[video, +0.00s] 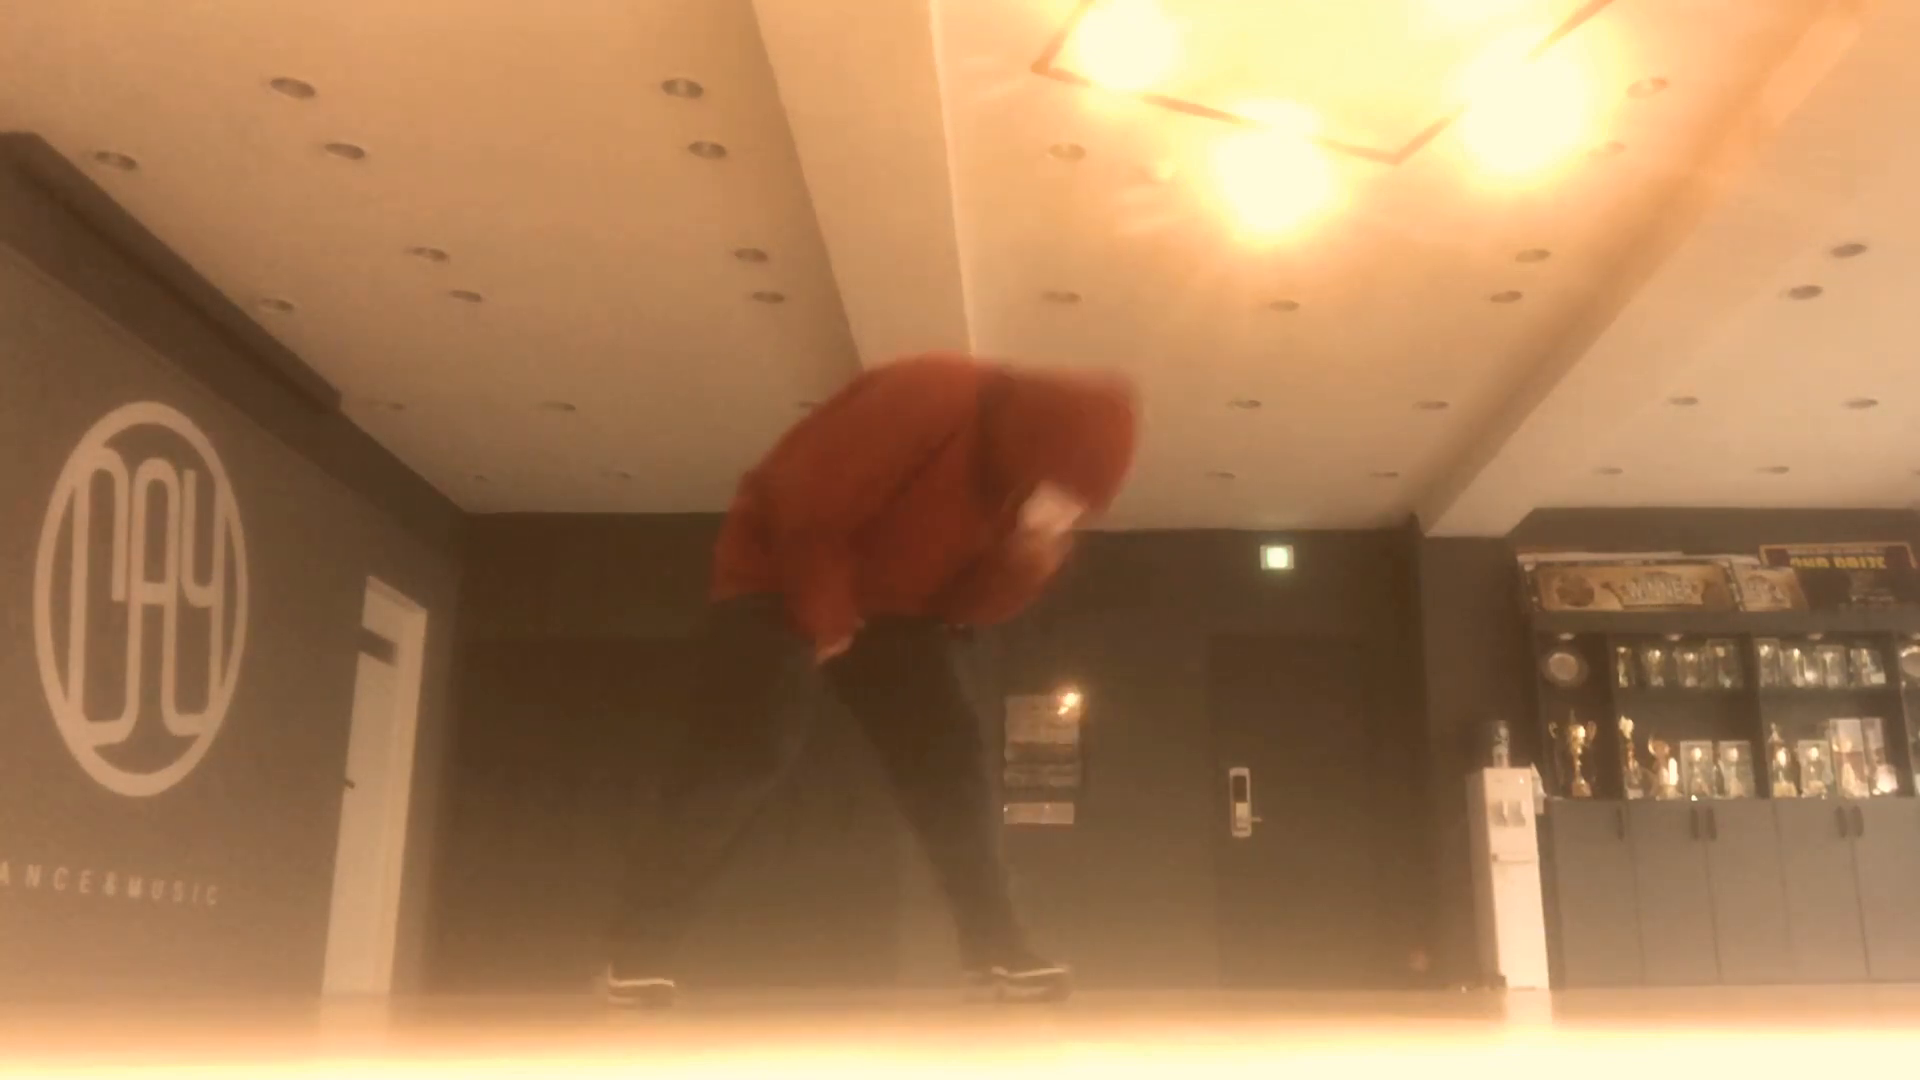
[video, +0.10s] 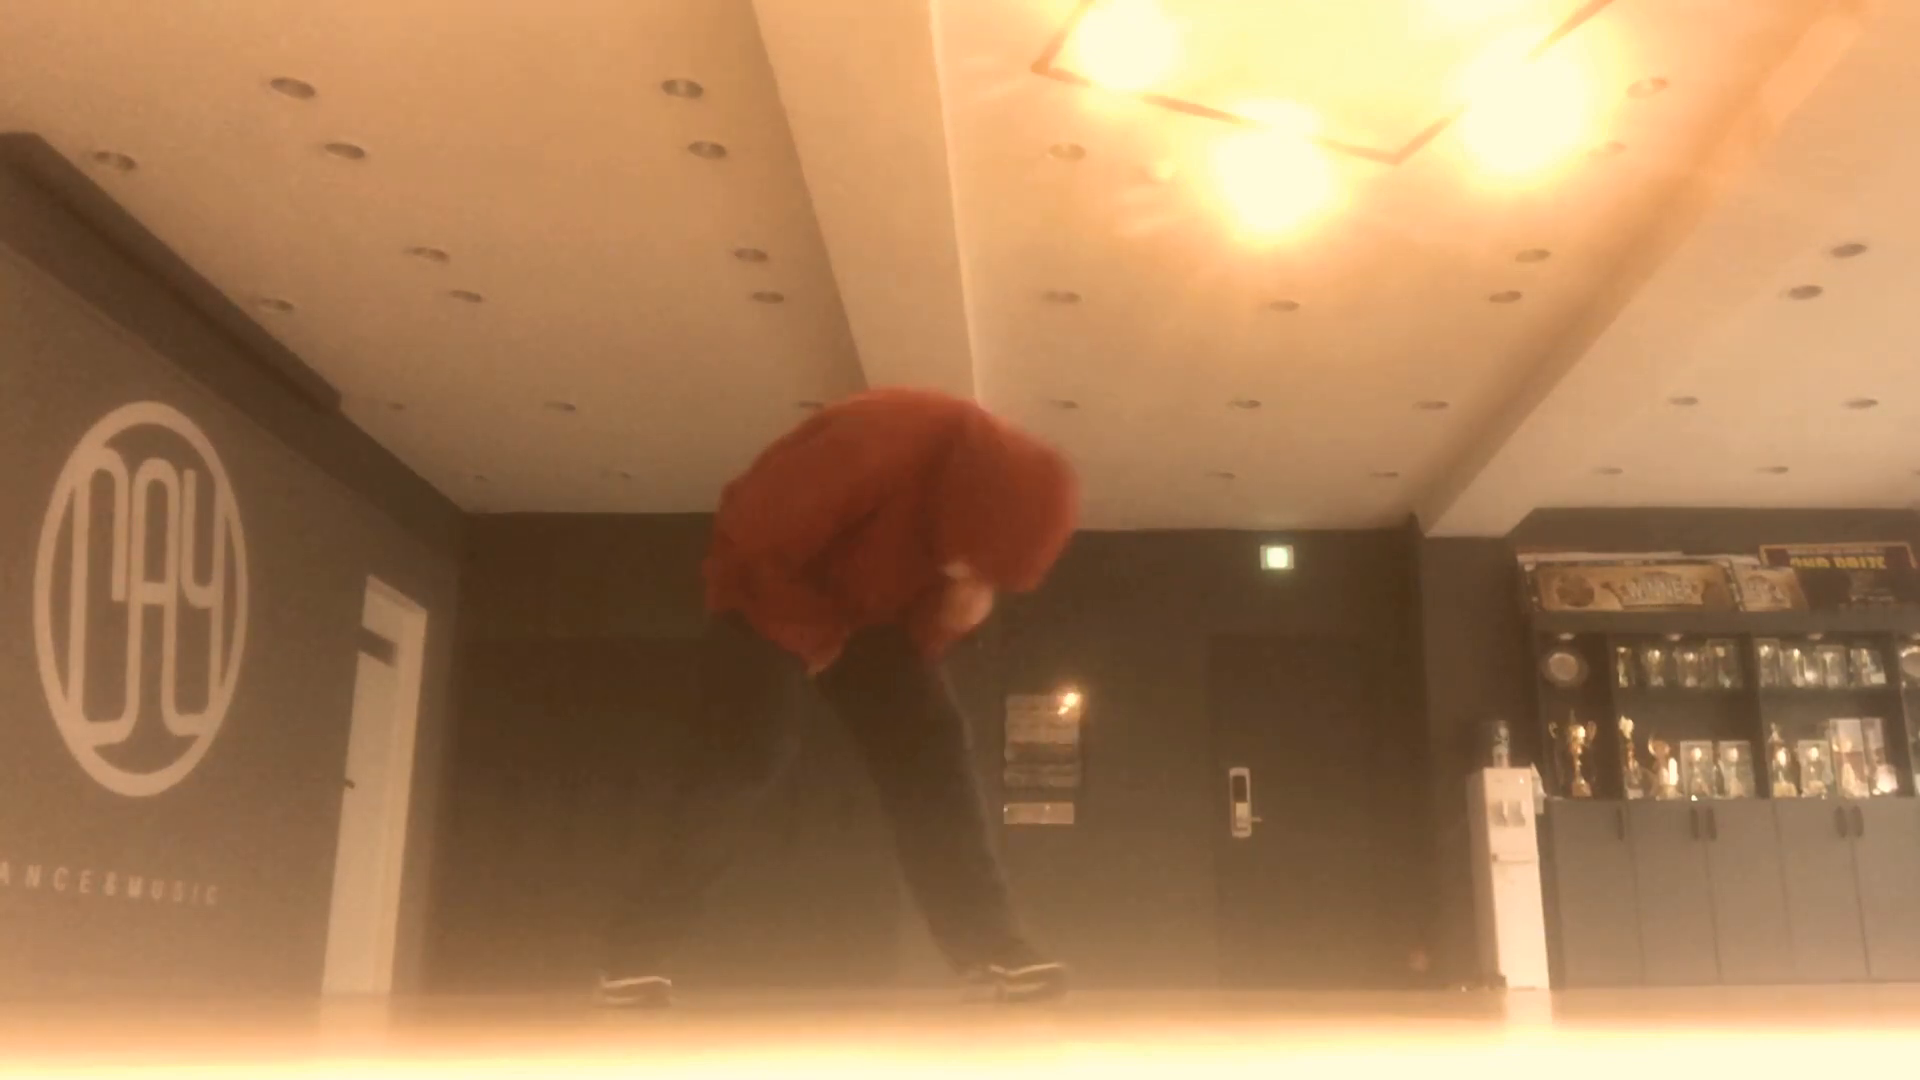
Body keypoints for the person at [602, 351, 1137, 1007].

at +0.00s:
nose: (1051, 502)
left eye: (1070, 499)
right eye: (1056, 486)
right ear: (1036, 441)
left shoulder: (1033, 464)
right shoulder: (929, 397)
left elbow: (967, 607)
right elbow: (801, 491)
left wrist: (1031, 550)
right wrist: (827, 621)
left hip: (889, 598)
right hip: (779, 572)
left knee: (950, 757)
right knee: (749, 748)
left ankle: (995, 948)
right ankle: (640, 946)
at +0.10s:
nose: (976, 572)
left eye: (992, 570)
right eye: (979, 559)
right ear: (969, 507)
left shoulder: (1001, 494)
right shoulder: (879, 440)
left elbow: (920, 643)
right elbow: (752, 532)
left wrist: (954, 618)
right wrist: (810, 631)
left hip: (868, 601)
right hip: (768, 578)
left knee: (932, 744)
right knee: (748, 753)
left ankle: (987, 948)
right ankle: (636, 949)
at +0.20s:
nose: (935, 544)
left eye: (951, 538)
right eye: (929, 532)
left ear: (993, 494)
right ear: (908, 482)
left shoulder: (1009, 476)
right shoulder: (834, 427)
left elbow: (987, 608)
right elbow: (748, 532)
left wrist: (954, 601)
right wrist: (816, 624)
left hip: (897, 614)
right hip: (787, 596)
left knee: (950, 752)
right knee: (738, 758)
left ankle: (987, 942)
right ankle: (632, 946)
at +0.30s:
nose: (936, 500)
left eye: (952, 484)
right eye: (919, 485)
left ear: (980, 446)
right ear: (880, 432)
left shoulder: (1004, 421)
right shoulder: (816, 400)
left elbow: (1026, 555)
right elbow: (771, 545)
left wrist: (962, 549)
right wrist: (855, 610)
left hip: (936, 589)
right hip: (826, 582)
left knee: (978, 748)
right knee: (765, 744)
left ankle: (995, 940)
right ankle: (637, 926)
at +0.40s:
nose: (944, 450)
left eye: (955, 436)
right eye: (927, 439)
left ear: (974, 395)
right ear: (877, 401)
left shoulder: (976, 389)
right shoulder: (799, 396)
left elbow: (1029, 508)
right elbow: (787, 546)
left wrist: (991, 489)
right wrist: (879, 608)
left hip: (958, 573)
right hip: (844, 580)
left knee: (1010, 734)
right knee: (810, 743)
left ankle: (1039, 931)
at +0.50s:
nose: (957, 442)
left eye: (964, 427)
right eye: (939, 431)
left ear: (969, 398)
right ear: (890, 407)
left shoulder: (952, 393)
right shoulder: (791, 409)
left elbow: (1014, 514)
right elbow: (790, 574)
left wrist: (1003, 476)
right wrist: (878, 631)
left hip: (953, 579)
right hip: (847, 593)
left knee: (1051, 725)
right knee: (832, 770)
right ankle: (818, 955)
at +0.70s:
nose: (904, 457)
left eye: (922, 445)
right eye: (887, 442)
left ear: (956, 408)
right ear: (857, 396)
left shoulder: (1007, 408)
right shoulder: (816, 377)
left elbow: (998, 550)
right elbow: (782, 521)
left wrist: (930, 505)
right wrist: (852, 603)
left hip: (952, 596)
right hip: (833, 591)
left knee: (1031, 763)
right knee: (803, 764)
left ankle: (1073, 952)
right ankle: (796, 943)